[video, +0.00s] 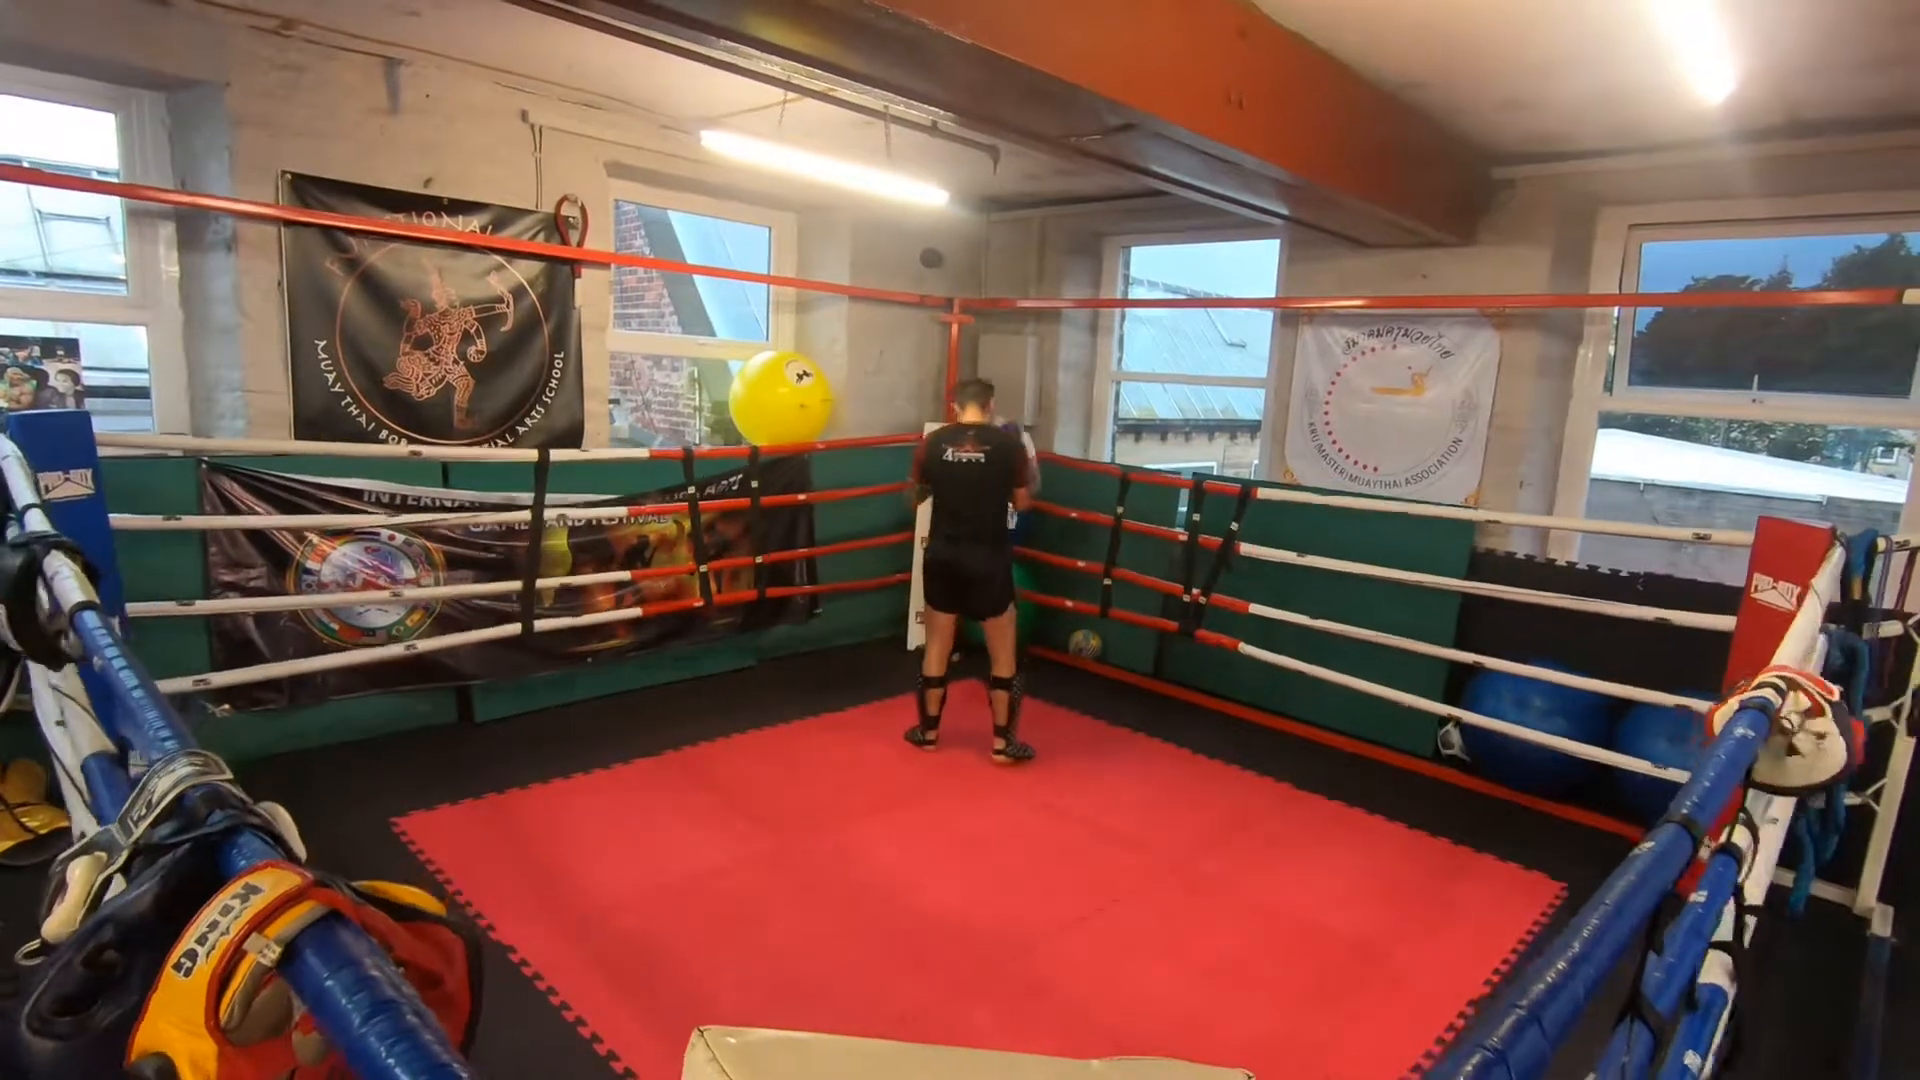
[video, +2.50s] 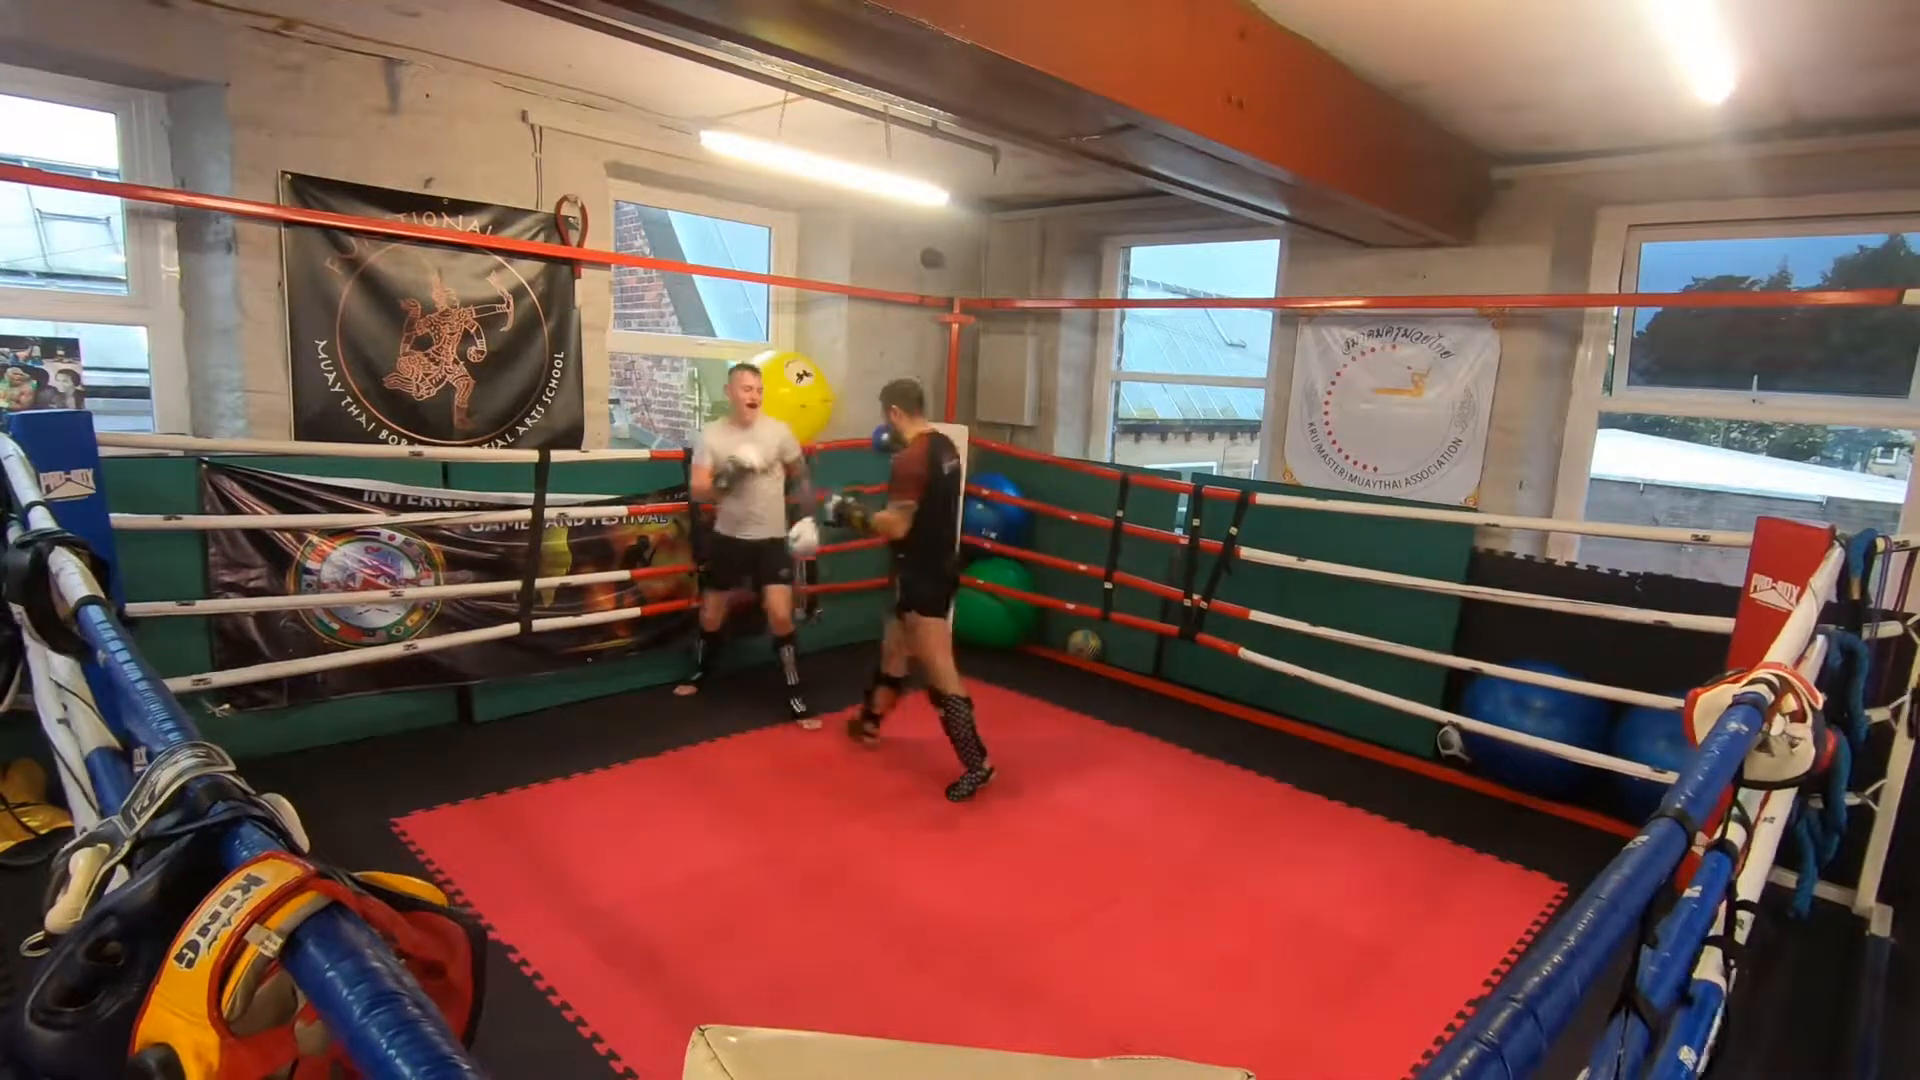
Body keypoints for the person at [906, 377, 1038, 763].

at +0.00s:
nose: (980, 414)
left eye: (961, 408)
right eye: (987, 407)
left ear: (953, 408)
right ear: (990, 408)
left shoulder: (931, 444)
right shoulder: (1010, 445)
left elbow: (917, 494)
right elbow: (1023, 502)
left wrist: (946, 467)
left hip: (942, 562)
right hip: (990, 564)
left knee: (937, 646)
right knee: (1002, 655)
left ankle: (929, 730)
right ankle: (1002, 742)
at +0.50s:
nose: (1042, 425)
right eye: (1042, 421)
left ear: (1003, 415)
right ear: (1040, 421)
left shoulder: (981, 443)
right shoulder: (1055, 456)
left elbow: (965, 466)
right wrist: (1036, 432)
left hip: (976, 564)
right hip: (1020, 570)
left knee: (969, 648)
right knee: (1014, 665)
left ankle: (962, 728)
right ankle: (1006, 755)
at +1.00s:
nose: (1089, 439)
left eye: (1078, 427)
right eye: (1103, 435)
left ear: (1068, 425)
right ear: (1104, 436)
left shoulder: (1032, 460)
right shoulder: (1109, 478)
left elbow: (1003, 508)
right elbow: (1093, 515)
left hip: (1016, 582)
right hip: (1067, 593)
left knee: (992, 661)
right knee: (1068, 686)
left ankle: (968, 731)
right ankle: (1057, 776)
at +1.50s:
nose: (1058, 428)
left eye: (1057, 422)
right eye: (1063, 422)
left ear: (1062, 421)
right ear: (1097, 420)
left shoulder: (1049, 462)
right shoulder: (1126, 466)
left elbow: (1018, 528)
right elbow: (1106, 517)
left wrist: (1008, 506)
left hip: (1056, 593)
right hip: (1104, 595)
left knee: (1059, 697)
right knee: (1088, 682)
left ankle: (1056, 802)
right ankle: (1076, 773)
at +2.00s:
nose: (966, 439)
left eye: (969, 432)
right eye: (967, 432)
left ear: (984, 434)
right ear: (1003, 431)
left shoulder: (1011, 472)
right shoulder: (1016, 461)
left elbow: (1054, 526)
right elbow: (962, 449)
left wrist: (1014, 575)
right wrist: (914, 443)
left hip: (1040, 599)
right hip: (1073, 592)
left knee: (992, 685)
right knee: (1114, 682)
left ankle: (987, 781)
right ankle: (1167, 772)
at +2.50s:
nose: (886, 422)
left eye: (886, 415)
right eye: (886, 415)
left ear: (895, 413)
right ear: (921, 409)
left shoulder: (912, 455)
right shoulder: (945, 446)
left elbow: (896, 526)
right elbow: (930, 504)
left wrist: (857, 514)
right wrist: (898, 448)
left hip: (921, 577)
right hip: (935, 570)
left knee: (940, 669)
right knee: (896, 646)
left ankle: (976, 764)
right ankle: (869, 720)